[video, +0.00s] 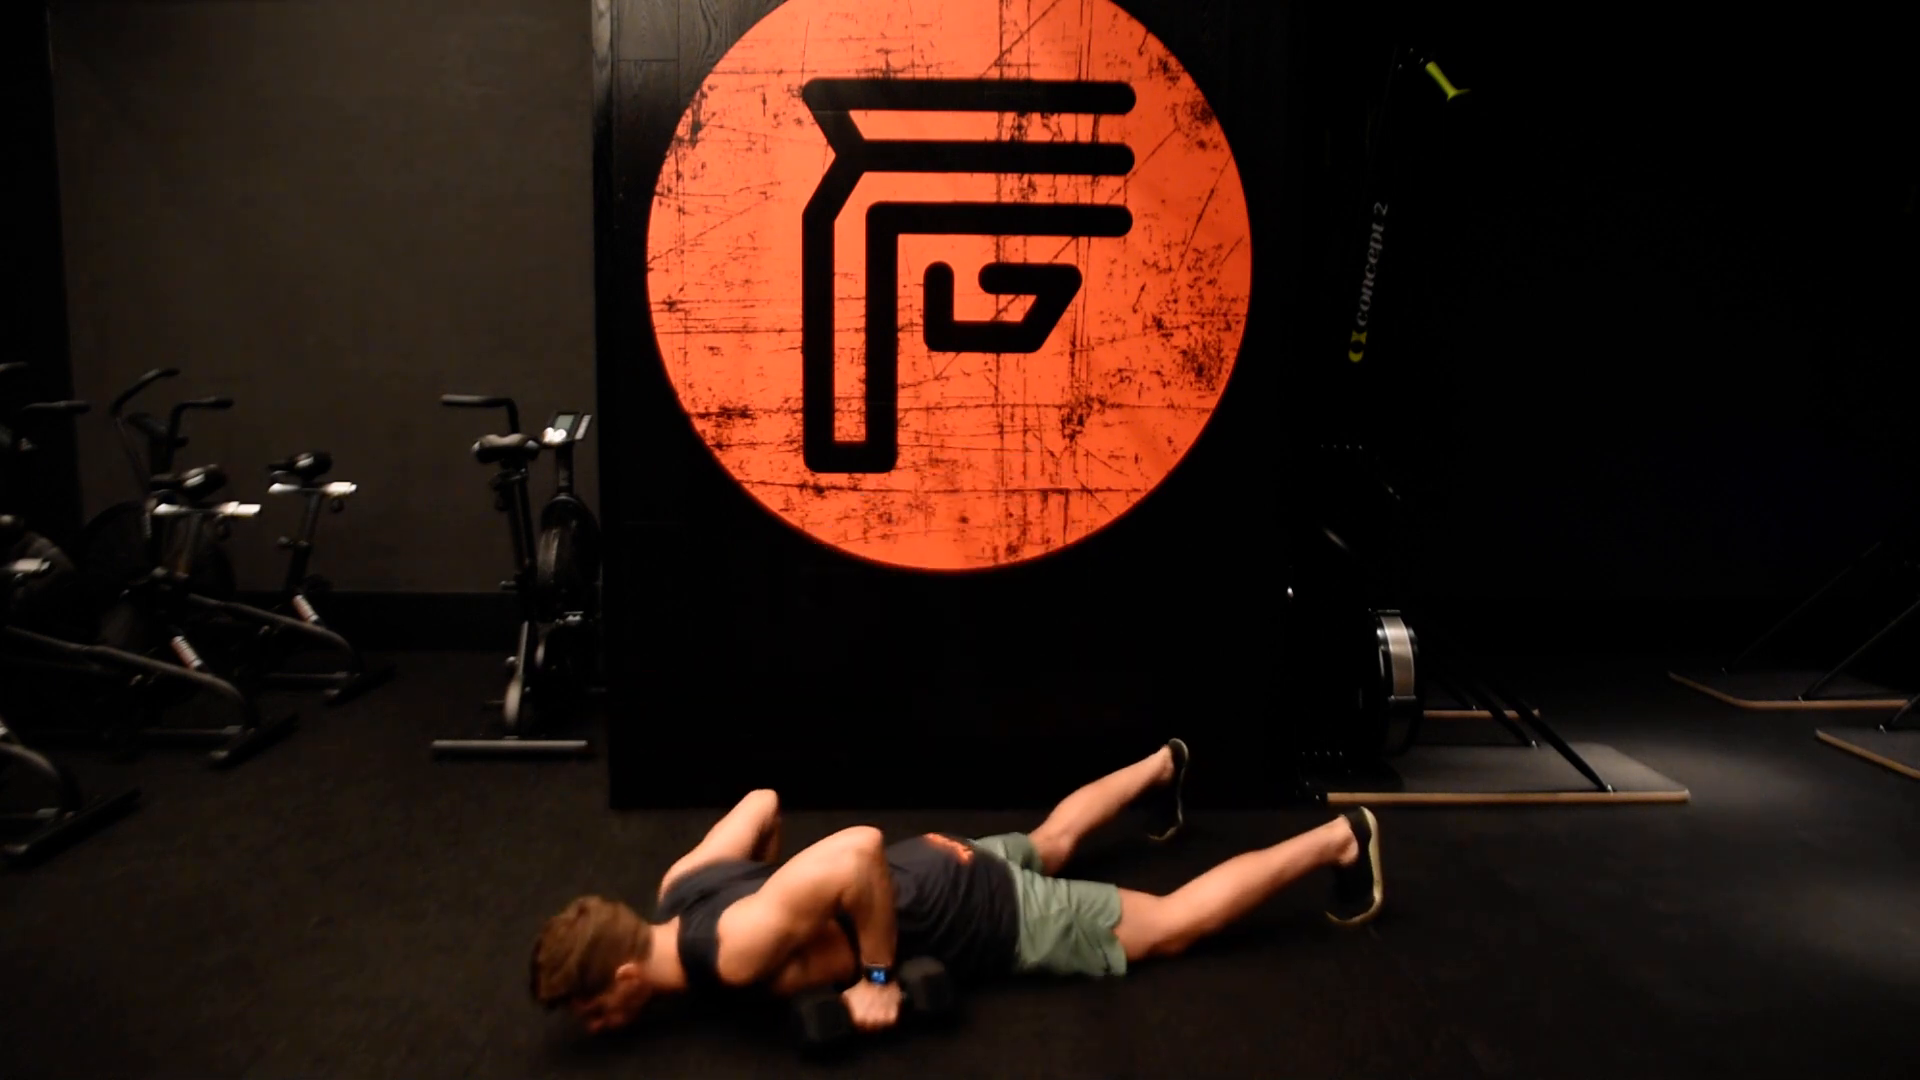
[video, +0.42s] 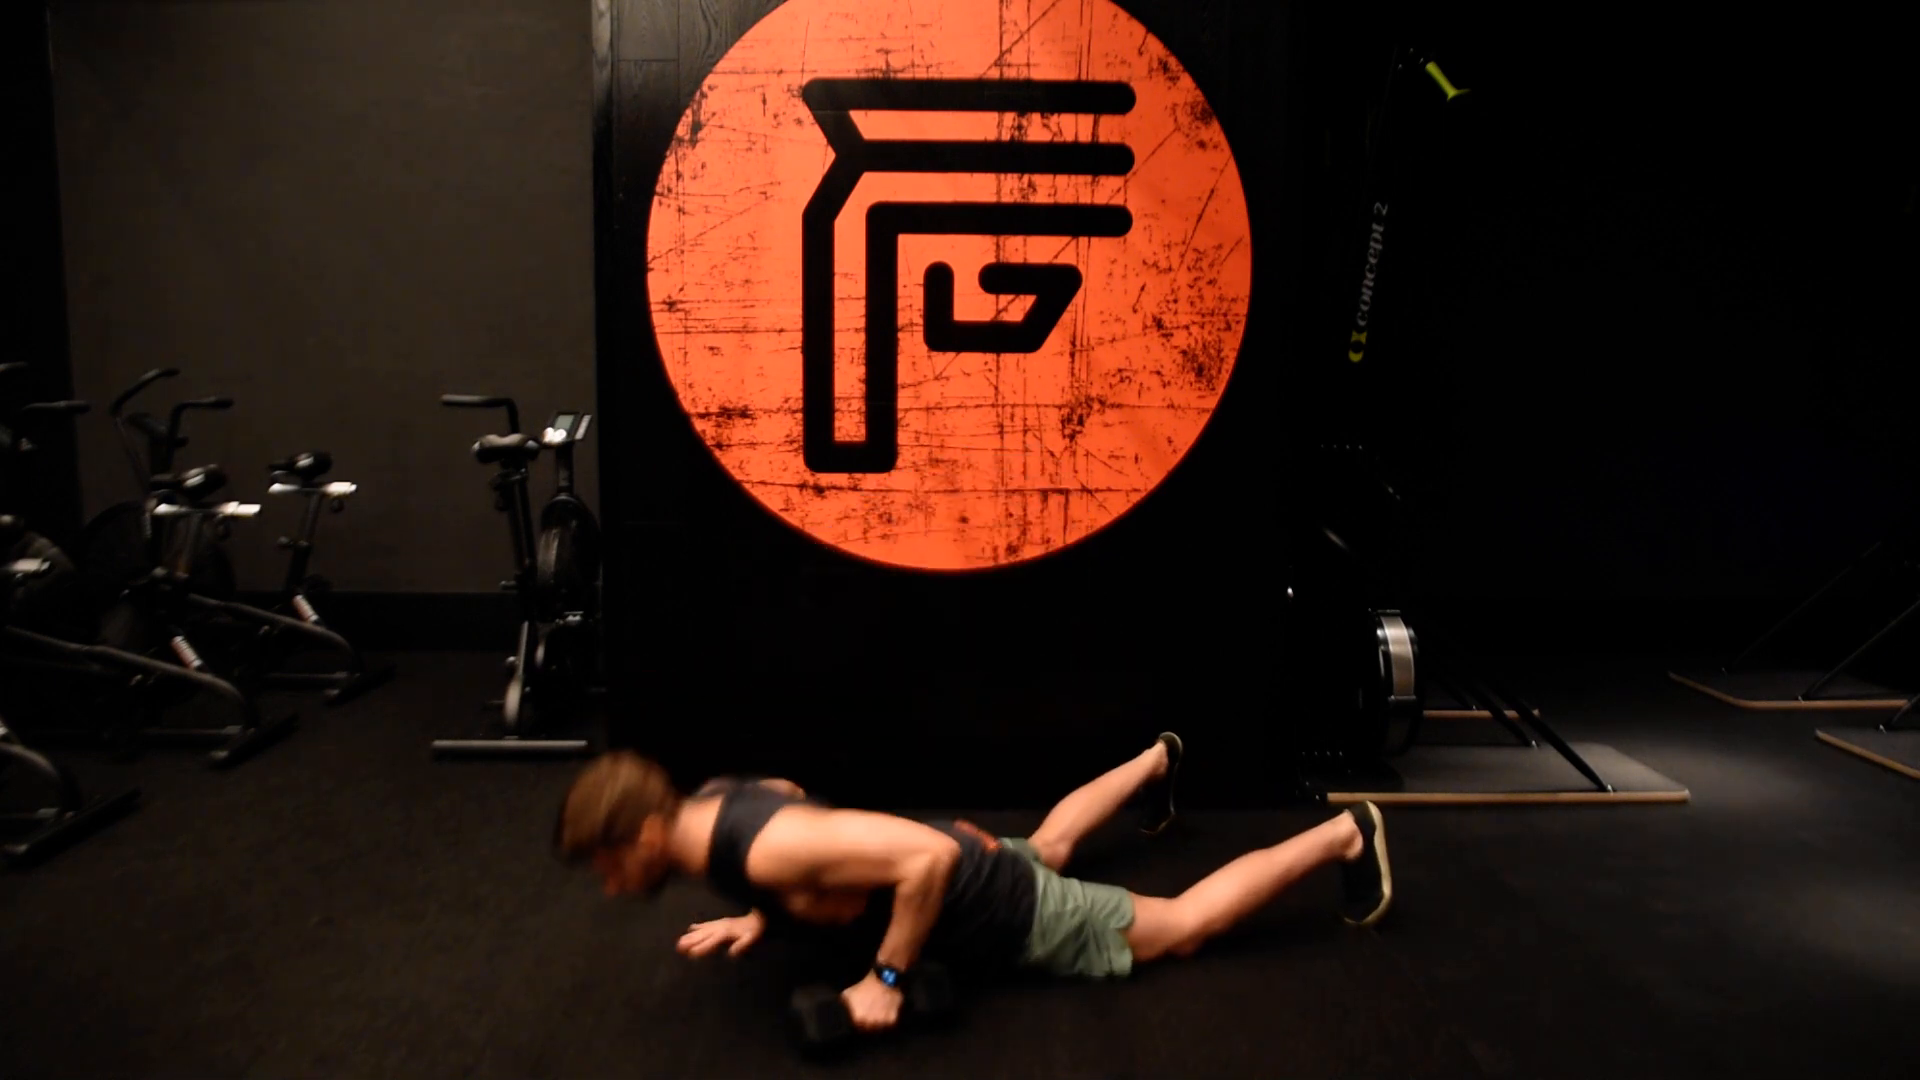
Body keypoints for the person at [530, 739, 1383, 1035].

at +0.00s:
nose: (595, 1027)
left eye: (591, 1014)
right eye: (585, 1016)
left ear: (620, 986)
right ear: (614, 946)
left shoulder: (734, 948)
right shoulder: (675, 895)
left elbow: (861, 855)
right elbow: (759, 805)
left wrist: (874, 977)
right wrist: (731, 893)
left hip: (982, 910)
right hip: (941, 855)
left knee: (1165, 923)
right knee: (1049, 841)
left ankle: (1334, 834)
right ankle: (1162, 758)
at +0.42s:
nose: (605, 880)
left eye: (603, 863)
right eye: (597, 868)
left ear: (634, 838)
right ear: (643, 818)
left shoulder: (760, 850)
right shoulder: (708, 813)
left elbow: (925, 856)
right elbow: (809, 827)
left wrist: (887, 980)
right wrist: (758, 914)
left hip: (1001, 898)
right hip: (954, 861)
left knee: (1179, 923)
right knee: (1046, 845)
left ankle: (1344, 830)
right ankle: (1155, 755)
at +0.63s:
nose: (664, 759)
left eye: (662, 743)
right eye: (654, 750)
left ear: (691, 708)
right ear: (691, 697)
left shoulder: (827, 741)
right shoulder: (757, 722)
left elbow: (935, 854)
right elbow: (781, 817)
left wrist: (887, 977)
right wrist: (757, 914)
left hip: (1017, 847)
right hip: (959, 825)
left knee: (1187, 924)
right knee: (1058, 838)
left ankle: (1353, 843)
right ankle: (1159, 766)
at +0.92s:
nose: (689, 750)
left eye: (684, 736)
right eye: (676, 743)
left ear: (705, 697)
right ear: (700, 689)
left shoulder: (830, 697)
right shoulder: (749, 683)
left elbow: (904, 846)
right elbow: (764, 804)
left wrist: (885, 977)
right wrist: (753, 911)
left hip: (1056, 711)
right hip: (986, 710)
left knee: (1186, 836)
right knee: (1097, 782)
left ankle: (1366, 850)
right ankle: (1155, 774)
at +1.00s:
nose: (694, 745)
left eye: (691, 730)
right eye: (682, 738)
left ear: (717, 691)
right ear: (706, 683)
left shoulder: (827, 691)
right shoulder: (751, 676)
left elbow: (893, 843)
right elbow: (758, 798)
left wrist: (884, 976)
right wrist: (749, 908)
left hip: (1050, 617)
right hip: (974, 627)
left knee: (1160, 802)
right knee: (1062, 737)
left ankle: (1336, 824)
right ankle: (1159, 762)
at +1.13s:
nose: (723, 722)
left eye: (720, 706)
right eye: (711, 714)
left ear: (748, 668)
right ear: (734, 665)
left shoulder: (850, 667)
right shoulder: (769, 647)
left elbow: (890, 838)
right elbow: (761, 775)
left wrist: (884, 973)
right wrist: (740, 890)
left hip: (1055, 538)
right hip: (973, 563)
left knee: (1078, 764)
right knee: (932, 709)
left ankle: (1237, 877)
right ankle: (1043, 805)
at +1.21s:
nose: (735, 705)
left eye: (733, 689)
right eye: (722, 698)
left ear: (757, 646)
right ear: (748, 634)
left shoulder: (867, 652)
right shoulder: (770, 616)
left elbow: (895, 837)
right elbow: (750, 757)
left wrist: (883, 972)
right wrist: (712, 879)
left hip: (1063, 539)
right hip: (975, 555)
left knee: (1023, 746)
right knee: (873, 699)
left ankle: (1111, 952)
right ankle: (939, 852)